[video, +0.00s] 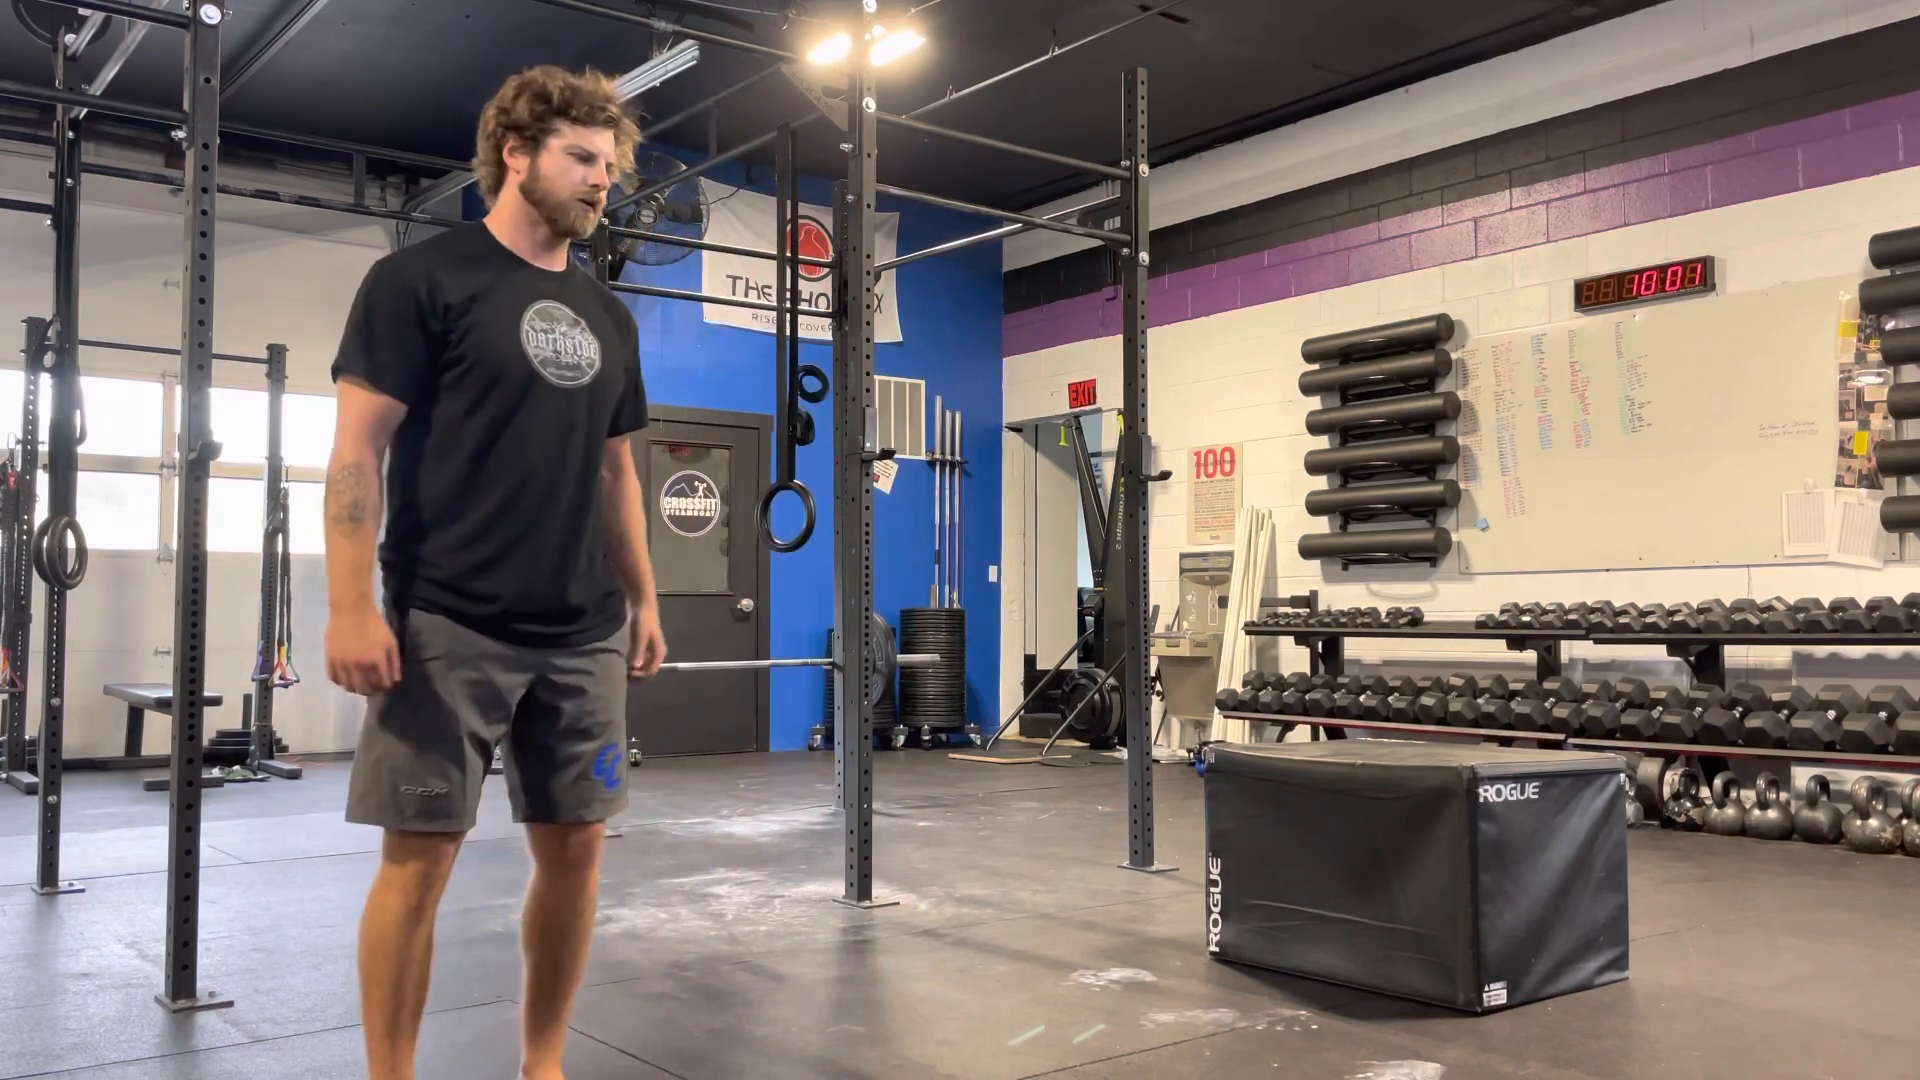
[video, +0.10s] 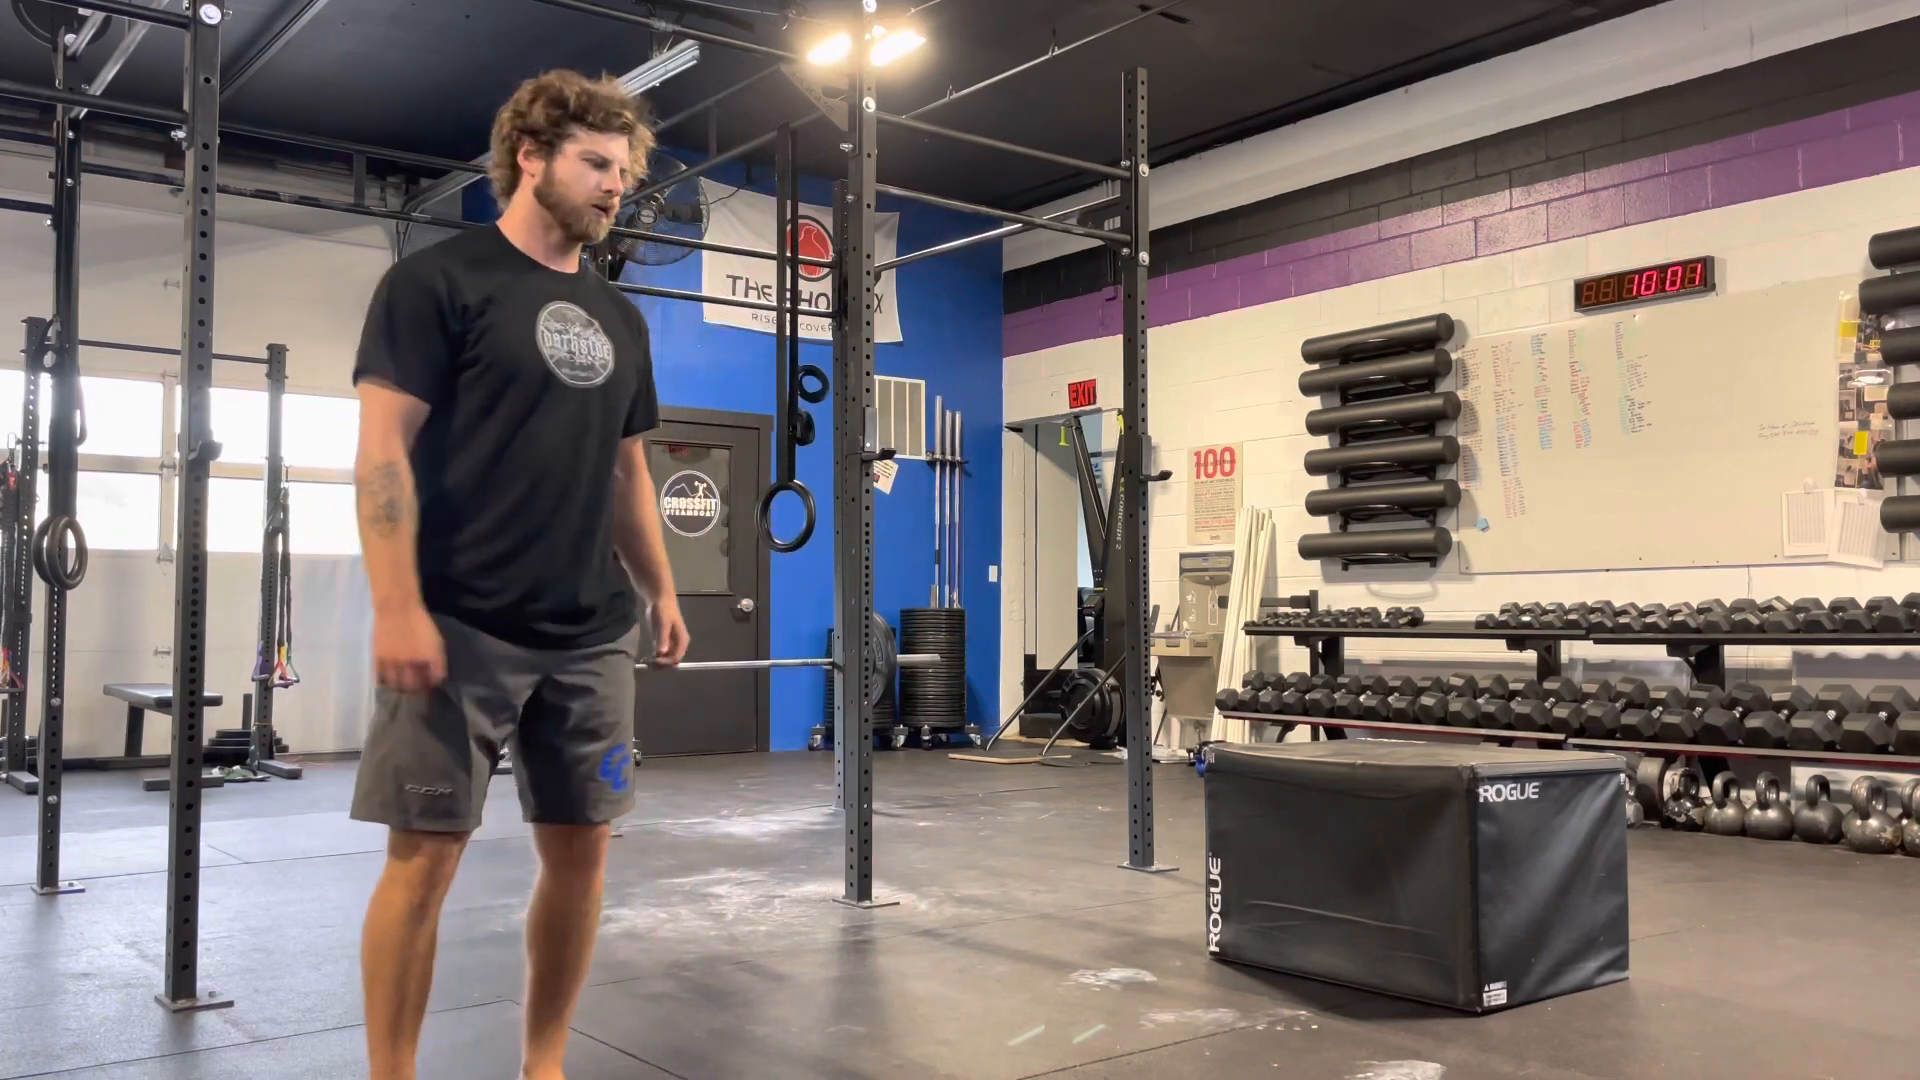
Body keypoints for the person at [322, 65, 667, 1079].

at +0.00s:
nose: (604, 179)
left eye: (612, 164)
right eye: (585, 157)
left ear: (614, 176)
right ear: (517, 156)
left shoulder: (605, 312)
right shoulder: (419, 275)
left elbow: (617, 464)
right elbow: (355, 449)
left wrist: (642, 594)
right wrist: (353, 606)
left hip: (579, 627)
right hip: (448, 620)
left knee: (573, 847)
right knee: (418, 856)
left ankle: (543, 1063)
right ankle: (389, 1071)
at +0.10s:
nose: (617, 186)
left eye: (626, 172)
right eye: (598, 163)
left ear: (625, 183)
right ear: (531, 158)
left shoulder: (615, 313)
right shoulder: (434, 279)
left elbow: (628, 466)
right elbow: (381, 448)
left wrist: (661, 589)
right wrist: (397, 606)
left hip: (588, 629)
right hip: (458, 624)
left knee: (579, 848)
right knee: (423, 856)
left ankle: (544, 1062)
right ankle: (389, 1071)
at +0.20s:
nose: (638, 195)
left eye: (646, 180)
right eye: (621, 172)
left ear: (641, 189)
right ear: (553, 165)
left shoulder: (632, 317)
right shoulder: (457, 277)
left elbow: (644, 467)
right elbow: (413, 453)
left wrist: (677, 586)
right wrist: (459, 596)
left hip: (604, 628)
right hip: (482, 621)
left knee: (589, 847)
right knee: (438, 850)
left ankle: (545, 1062)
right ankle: (393, 1070)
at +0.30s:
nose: (657, 201)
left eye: (667, 186)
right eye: (640, 179)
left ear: (668, 195)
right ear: (574, 174)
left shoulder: (653, 324)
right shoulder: (480, 286)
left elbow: (663, 469)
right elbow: (442, 451)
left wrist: (693, 585)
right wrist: (519, 579)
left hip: (624, 628)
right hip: (500, 625)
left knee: (599, 852)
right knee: (458, 855)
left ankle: (547, 1065)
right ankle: (398, 1070)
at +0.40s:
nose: (682, 210)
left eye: (691, 195)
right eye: (664, 187)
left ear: (689, 204)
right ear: (600, 182)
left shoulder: (675, 328)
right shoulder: (506, 294)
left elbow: (683, 472)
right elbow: (469, 452)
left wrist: (710, 589)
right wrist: (558, 567)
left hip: (642, 629)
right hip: (520, 620)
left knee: (610, 853)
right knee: (509, 843)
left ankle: (548, 1064)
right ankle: (416, 1064)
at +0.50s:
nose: (705, 219)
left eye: (715, 203)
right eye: (690, 198)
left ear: (716, 209)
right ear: (626, 189)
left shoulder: (693, 336)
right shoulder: (537, 298)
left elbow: (705, 483)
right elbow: (482, 453)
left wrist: (735, 593)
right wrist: (559, 575)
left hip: (665, 624)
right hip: (552, 613)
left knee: (631, 843)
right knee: (582, 822)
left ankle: (549, 1062)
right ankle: (478, 1055)